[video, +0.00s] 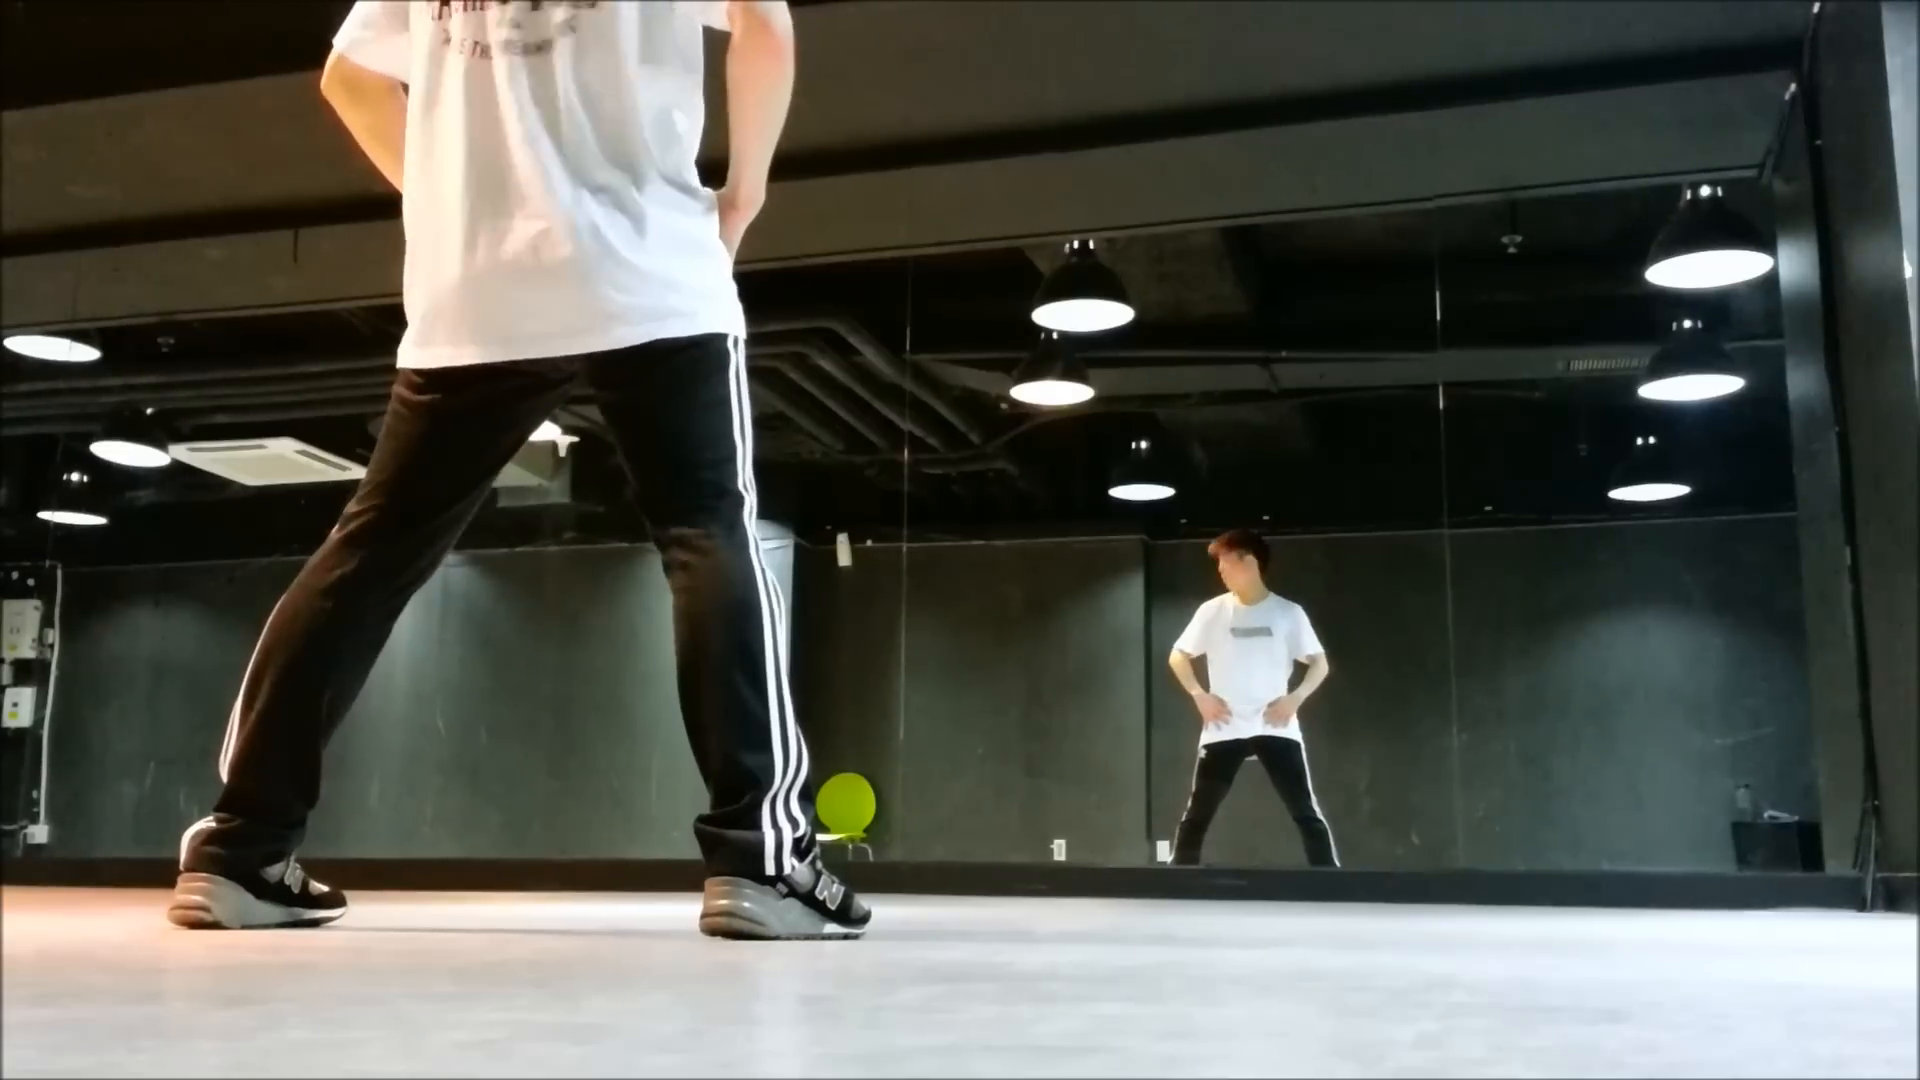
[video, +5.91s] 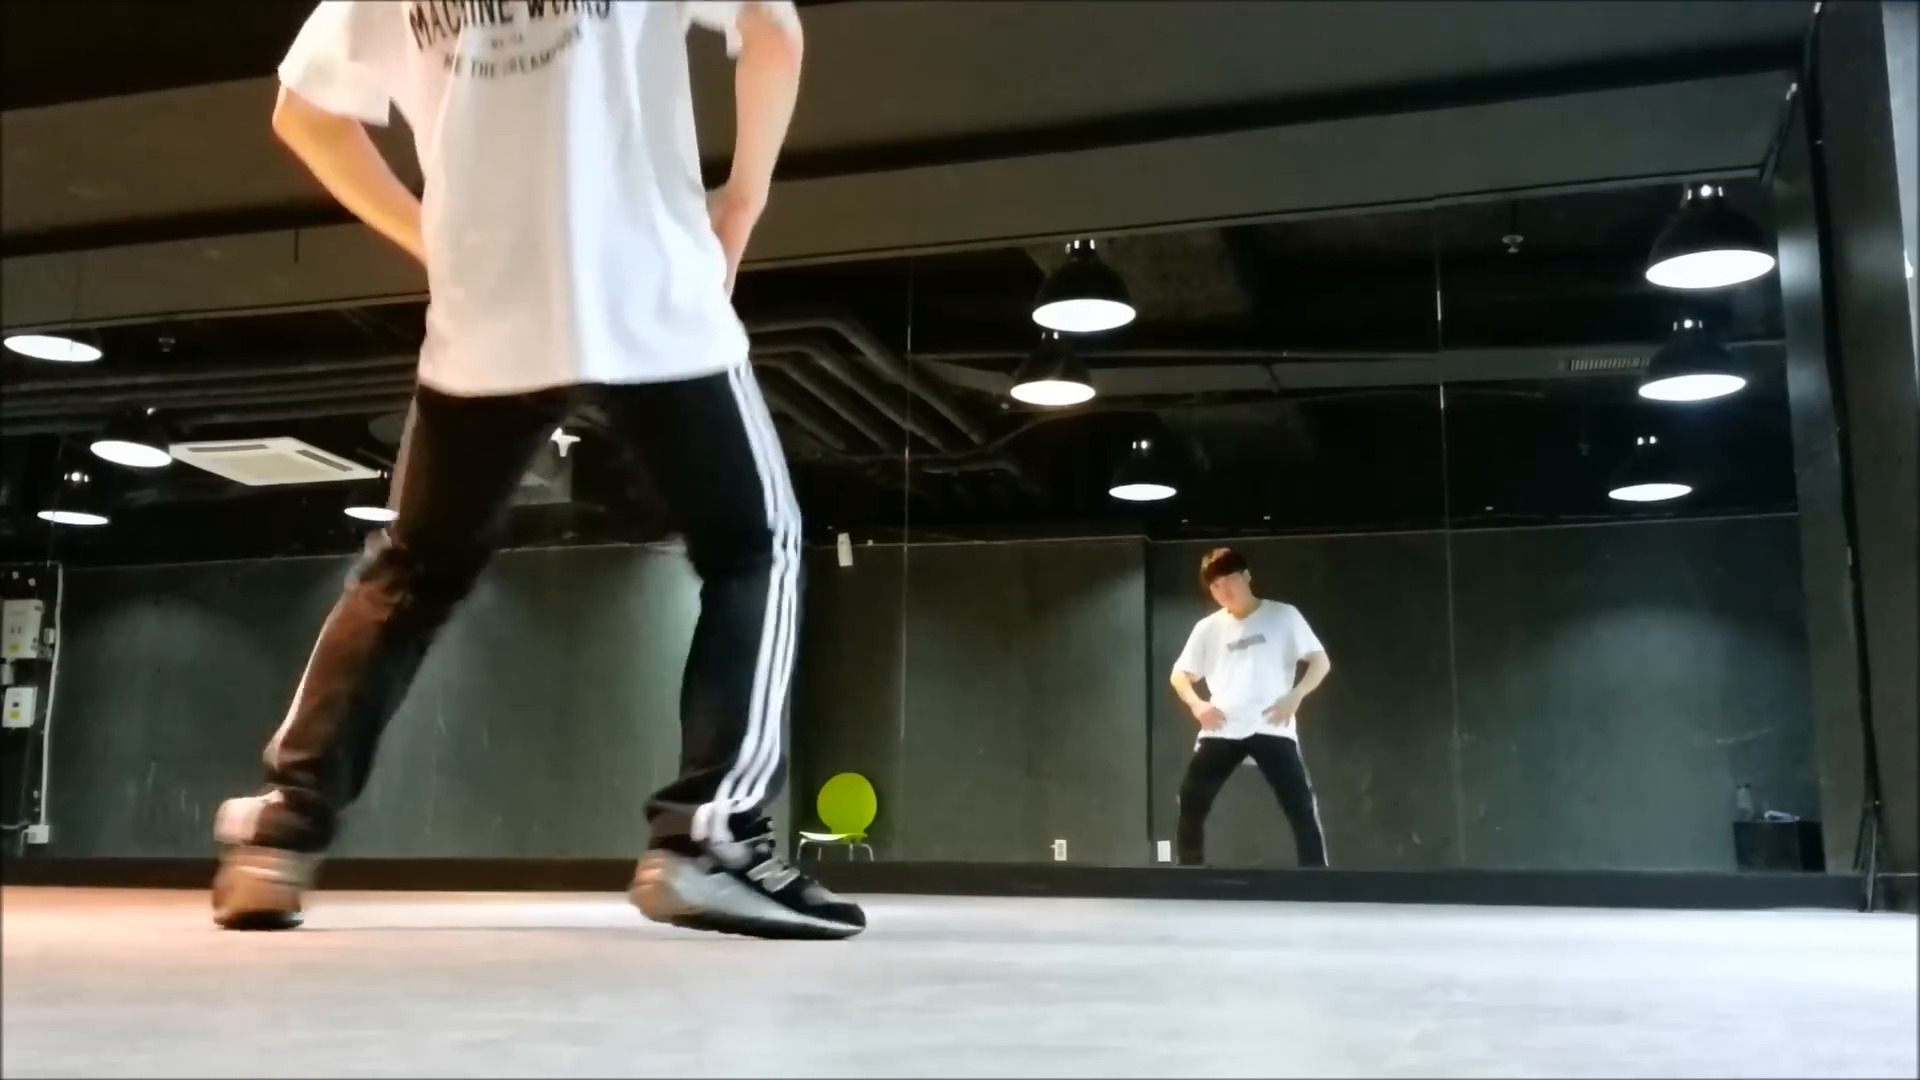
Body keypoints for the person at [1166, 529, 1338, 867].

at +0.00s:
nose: (1219, 570)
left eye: (1225, 562)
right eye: (1219, 563)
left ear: (1250, 561)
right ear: (1235, 565)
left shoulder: (1290, 613)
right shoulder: (1212, 611)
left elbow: (1320, 665)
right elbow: (1178, 656)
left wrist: (1293, 699)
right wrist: (1200, 696)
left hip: (1277, 729)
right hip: (1223, 730)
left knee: (1306, 814)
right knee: (1196, 816)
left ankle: (1333, 889)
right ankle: (1177, 892)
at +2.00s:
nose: (1238, 568)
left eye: (1246, 559)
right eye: (1231, 560)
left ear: (1263, 561)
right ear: (1223, 566)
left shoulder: (1288, 611)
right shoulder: (1211, 609)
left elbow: (1317, 665)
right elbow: (1181, 657)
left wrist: (1292, 700)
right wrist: (1201, 696)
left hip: (1275, 727)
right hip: (1223, 728)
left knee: (1305, 814)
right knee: (1197, 815)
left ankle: (1331, 890)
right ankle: (1178, 891)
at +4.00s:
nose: (1243, 556)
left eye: (1251, 550)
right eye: (1236, 551)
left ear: (1265, 560)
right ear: (1226, 561)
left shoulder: (1287, 611)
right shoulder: (1209, 610)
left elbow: (1315, 663)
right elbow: (1186, 660)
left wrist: (1297, 701)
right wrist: (1202, 697)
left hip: (1278, 731)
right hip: (1224, 731)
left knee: (1307, 813)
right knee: (1198, 816)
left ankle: (1332, 888)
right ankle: (1178, 890)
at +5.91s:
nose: (1223, 590)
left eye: (1228, 581)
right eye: (1215, 585)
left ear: (1246, 577)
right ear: (1210, 591)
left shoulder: (1284, 616)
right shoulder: (1207, 628)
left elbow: (1320, 662)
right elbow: (1179, 676)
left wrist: (1295, 695)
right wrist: (1197, 704)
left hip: (1273, 730)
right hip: (1222, 732)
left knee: (1301, 807)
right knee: (1192, 799)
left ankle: (1318, 885)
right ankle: (1190, 883)